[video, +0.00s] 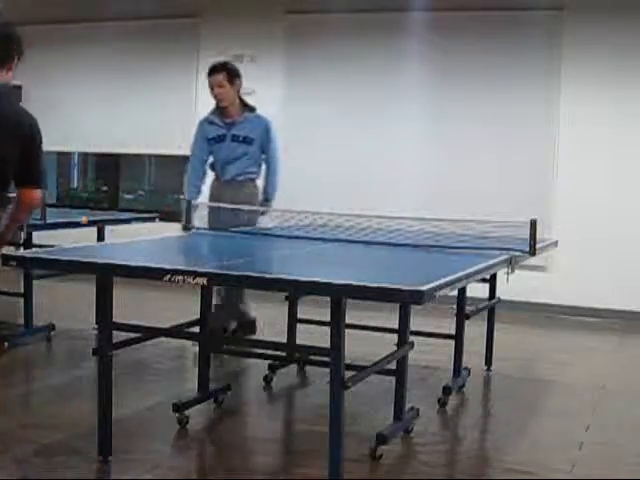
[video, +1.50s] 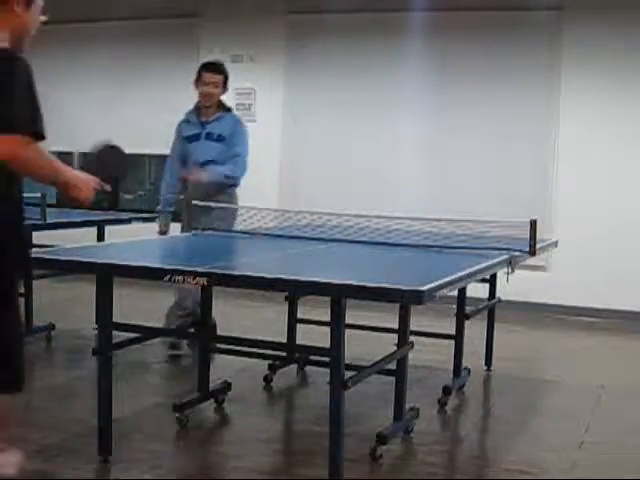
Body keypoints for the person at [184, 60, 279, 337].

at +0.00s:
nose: (217, 93)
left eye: (221, 86)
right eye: (212, 88)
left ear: (237, 85)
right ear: (209, 91)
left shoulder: (260, 125)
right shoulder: (207, 126)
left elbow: (272, 162)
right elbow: (196, 165)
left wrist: (268, 198)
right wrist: (189, 205)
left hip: (248, 189)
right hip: (220, 187)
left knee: (238, 253)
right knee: (220, 253)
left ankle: (222, 318)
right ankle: (242, 314)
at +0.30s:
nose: (167, 117)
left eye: (172, 111)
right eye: (164, 112)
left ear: (190, 111)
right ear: (162, 113)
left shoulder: (213, 149)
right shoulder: (161, 146)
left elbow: (237, 196)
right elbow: (138, 179)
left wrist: (230, 236)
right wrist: (108, 208)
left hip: (207, 223)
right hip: (182, 223)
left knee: (173, 279)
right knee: (196, 279)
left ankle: (150, 341)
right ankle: (237, 316)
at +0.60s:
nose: (126, 160)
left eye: (130, 153)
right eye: (122, 154)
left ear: (149, 145)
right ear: (119, 150)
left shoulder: (185, 161)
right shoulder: (121, 172)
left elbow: (205, 197)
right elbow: (98, 204)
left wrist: (194, 229)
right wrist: (70, 234)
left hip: (187, 228)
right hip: (159, 227)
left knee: (166, 277)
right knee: (184, 278)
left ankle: (150, 341)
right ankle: (220, 308)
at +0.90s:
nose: (125, 139)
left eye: (129, 133)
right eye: (121, 133)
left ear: (146, 125)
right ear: (117, 130)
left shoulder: (179, 149)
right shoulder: (121, 156)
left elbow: (196, 201)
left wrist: (187, 249)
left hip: (180, 216)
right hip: (154, 218)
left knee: (166, 271)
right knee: (165, 267)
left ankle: (152, 338)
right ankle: (201, 290)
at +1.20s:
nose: (162, 102)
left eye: (168, 96)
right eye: (158, 95)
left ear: (183, 98)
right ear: (155, 98)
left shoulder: (197, 135)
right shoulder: (152, 130)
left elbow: (181, 178)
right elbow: (150, 171)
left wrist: (145, 172)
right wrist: (148, 215)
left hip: (189, 207)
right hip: (158, 205)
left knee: (170, 271)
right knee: (161, 268)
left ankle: (153, 337)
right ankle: (194, 312)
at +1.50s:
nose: (208, 90)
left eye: (215, 86)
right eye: (204, 84)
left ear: (223, 90)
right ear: (196, 86)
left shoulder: (234, 125)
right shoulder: (186, 125)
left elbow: (237, 168)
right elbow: (173, 171)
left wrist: (204, 175)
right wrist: (165, 213)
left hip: (221, 202)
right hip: (190, 201)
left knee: (201, 263)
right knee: (193, 263)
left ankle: (176, 326)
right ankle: (200, 325)